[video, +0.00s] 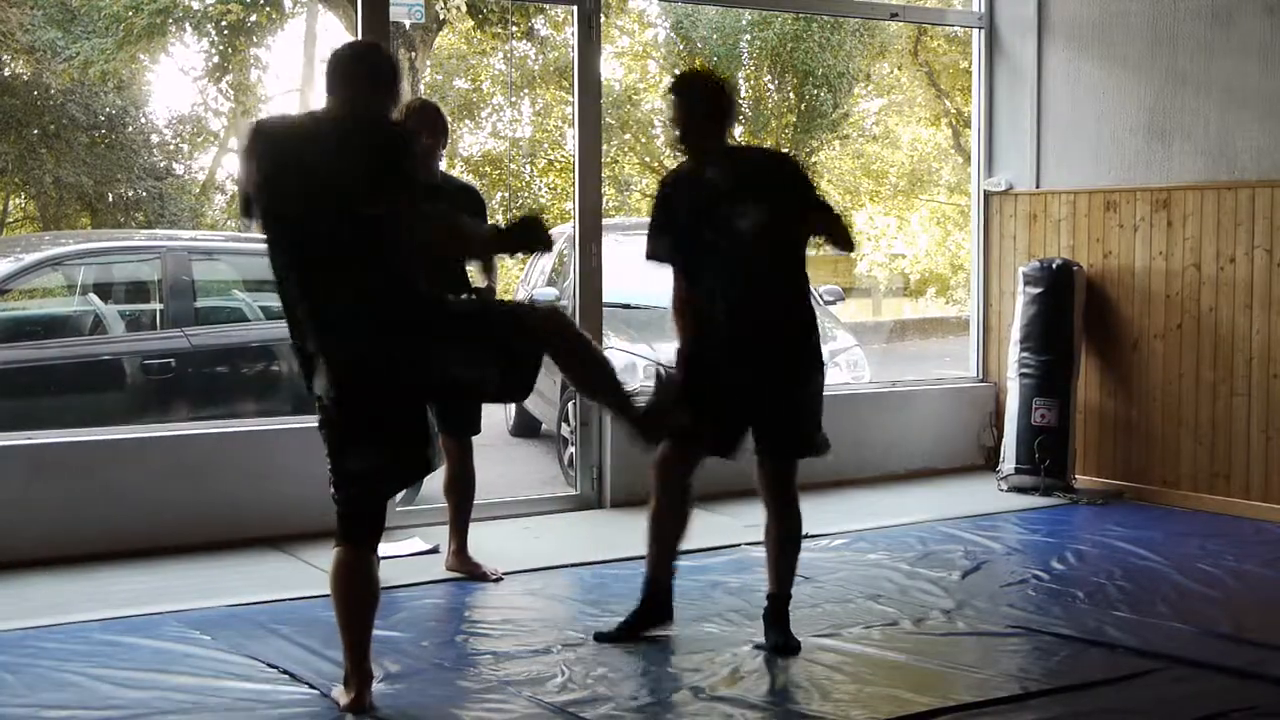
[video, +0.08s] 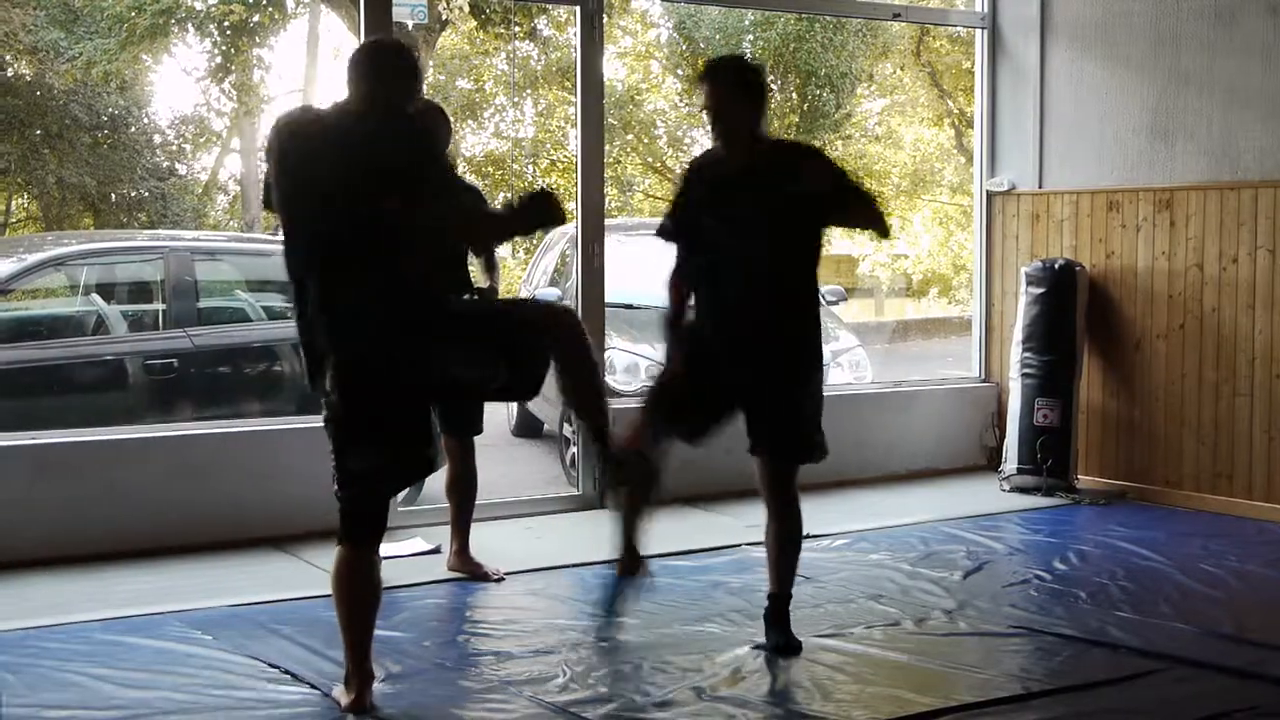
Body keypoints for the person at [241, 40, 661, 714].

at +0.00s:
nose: (428, 140)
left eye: (435, 133)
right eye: (421, 129)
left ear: (326, 89)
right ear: (390, 107)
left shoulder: (271, 140)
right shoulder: (391, 165)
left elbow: (252, 210)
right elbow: (459, 241)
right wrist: (509, 238)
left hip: (348, 359)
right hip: (425, 337)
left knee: (356, 537)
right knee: (550, 326)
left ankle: (357, 682)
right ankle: (637, 420)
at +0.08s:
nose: (420, 101)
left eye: (414, 89)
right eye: (418, 89)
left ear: (350, 84)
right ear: (411, 89)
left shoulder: (298, 139)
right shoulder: (417, 144)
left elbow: (279, 210)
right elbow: (481, 228)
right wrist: (539, 209)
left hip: (353, 357)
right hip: (435, 337)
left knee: (359, 533)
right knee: (560, 327)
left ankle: (358, 682)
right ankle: (608, 455)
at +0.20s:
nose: (442, 93)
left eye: (440, 81)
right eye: (440, 81)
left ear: (371, 75)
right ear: (430, 79)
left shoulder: (319, 127)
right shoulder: (438, 129)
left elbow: (295, 205)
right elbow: (481, 220)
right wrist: (531, 190)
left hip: (365, 358)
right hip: (449, 346)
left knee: (361, 530)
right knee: (568, 408)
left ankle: (359, 678)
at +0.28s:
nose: (456, 106)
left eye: (454, 95)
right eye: (453, 95)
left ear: (388, 90)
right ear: (444, 94)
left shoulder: (338, 152)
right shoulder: (458, 146)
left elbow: (298, 224)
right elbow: (510, 226)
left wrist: (359, 186)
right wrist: (534, 178)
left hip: (375, 367)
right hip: (460, 359)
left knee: (351, 509)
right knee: (553, 477)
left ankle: (359, 654)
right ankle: (579, 661)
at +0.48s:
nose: (476, 143)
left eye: (476, 133)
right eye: (474, 132)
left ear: (408, 122)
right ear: (461, 128)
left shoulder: (342, 182)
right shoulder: (468, 174)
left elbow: (301, 265)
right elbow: (526, 253)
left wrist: (369, 249)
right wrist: (544, 205)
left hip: (379, 385)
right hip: (463, 382)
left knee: (393, 527)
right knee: (534, 522)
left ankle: (399, 671)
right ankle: (608, 657)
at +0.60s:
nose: (463, 116)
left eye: (458, 104)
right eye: (461, 104)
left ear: (400, 93)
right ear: (449, 103)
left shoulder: (334, 147)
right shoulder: (457, 160)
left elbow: (276, 226)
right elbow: (516, 231)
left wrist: (342, 217)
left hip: (339, 352)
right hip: (424, 352)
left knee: (357, 505)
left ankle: (386, 658)